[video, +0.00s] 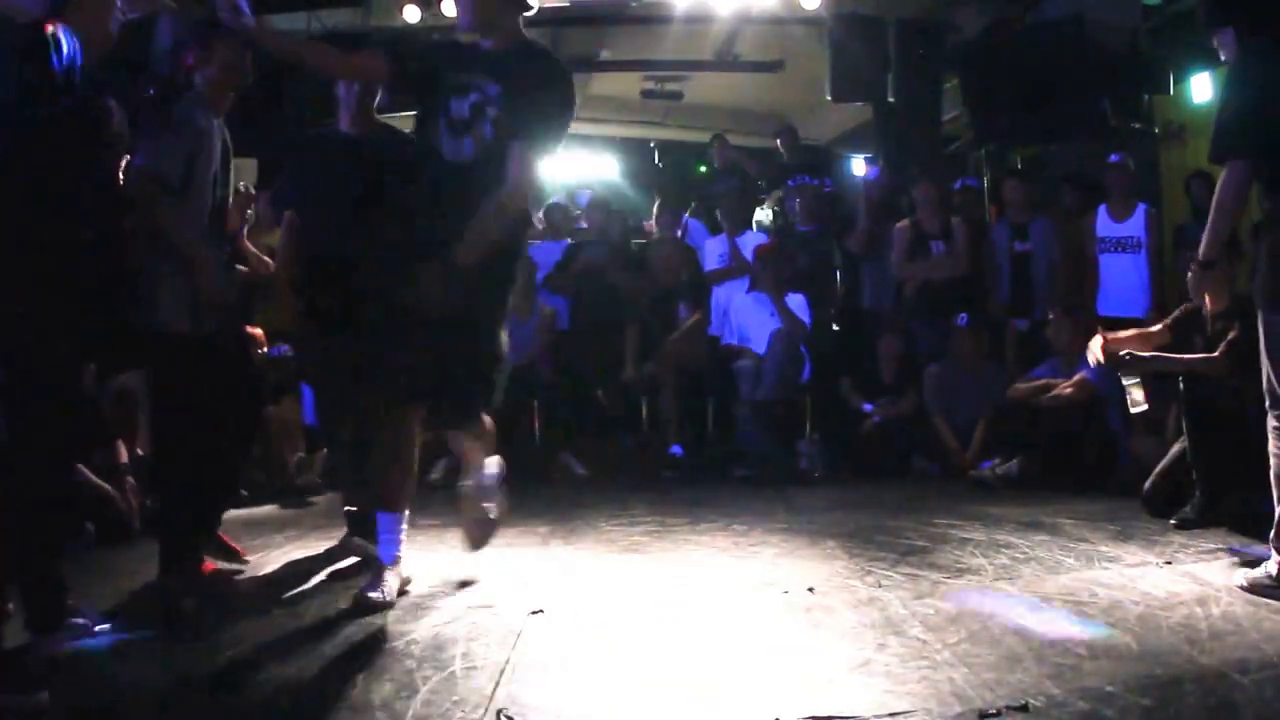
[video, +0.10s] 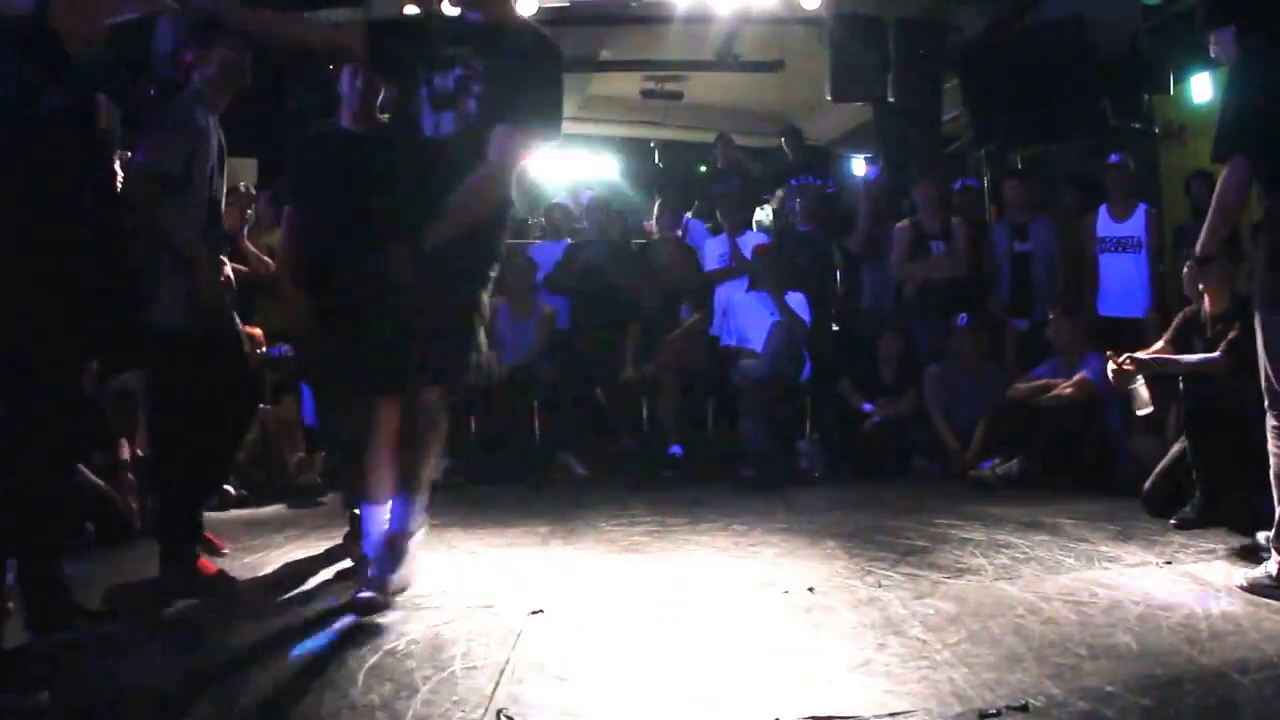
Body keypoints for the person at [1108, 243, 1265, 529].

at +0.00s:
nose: (1191, 272)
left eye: (1200, 266)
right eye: (1192, 265)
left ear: (1225, 273)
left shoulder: (1245, 316)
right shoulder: (1192, 314)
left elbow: (1220, 363)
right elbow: (1152, 337)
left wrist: (1148, 363)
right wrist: (1106, 341)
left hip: (1241, 429)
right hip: (1205, 430)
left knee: (1193, 383)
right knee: (1156, 497)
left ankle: (1206, 496)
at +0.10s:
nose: (1190, 271)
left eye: (1200, 264)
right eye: (1192, 265)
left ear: (1223, 272)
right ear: (1200, 278)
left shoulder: (1245, 316)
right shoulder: (1191, 317)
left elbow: (1221, 361)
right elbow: (1164, 348)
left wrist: (1146, 364)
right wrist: (1130, 364)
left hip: (1242, 428)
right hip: (1205, 429)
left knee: (1193, 384)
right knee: (1155, 497)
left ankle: (1205, 498)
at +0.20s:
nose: (1192, 280)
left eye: (1197, 273)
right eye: (1193, 272)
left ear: (1219, 277)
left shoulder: (1245, 318)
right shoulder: (1188, 318)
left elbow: (1221, 363)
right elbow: (1166, 370)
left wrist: (1149, 364)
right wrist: (1137, 376)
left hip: (1243, 428)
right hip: (1206, 429)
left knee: (1195, 388)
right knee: (1156, 498)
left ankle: (1205, 498)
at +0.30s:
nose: (1200, 266)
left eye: (1209, 260)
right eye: (1197, 259)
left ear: (1227, 268)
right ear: (1191, 267)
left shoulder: (1245, 314)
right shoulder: (1187, 319)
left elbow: (1222, 362)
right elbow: (1170, 373)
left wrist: (1150, 366)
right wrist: (1138, 378)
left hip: (1245, 428)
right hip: (1203, 430)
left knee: (1195, 387)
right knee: (1155, 498)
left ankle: (1206, 499)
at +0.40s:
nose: (1197, 267)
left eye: (1205, 260)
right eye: (1193, 260)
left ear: (1226, 266)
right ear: (1188, 267)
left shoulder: (1246, 312)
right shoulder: (1187, 320)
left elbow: (1221, 361)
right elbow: (1173, 377)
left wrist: (1152, 366)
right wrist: (1142, 386)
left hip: (1244, 426)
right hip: (1204, 428)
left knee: (1194, 391)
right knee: (1155, 497)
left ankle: (1205, 499)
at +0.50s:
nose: (1194, 269)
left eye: (1203, 262)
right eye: (1191, 262)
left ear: (1225, 269)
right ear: (1186, 268)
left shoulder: (1246, 314)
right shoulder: (1187, 321)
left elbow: (1216, 362)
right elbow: (1179, 373)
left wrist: (1146, 363)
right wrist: (1149, 393)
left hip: (1246, 432)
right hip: (1205, 432)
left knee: (1193, 388)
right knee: (1154, 498)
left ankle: (1205, 499)